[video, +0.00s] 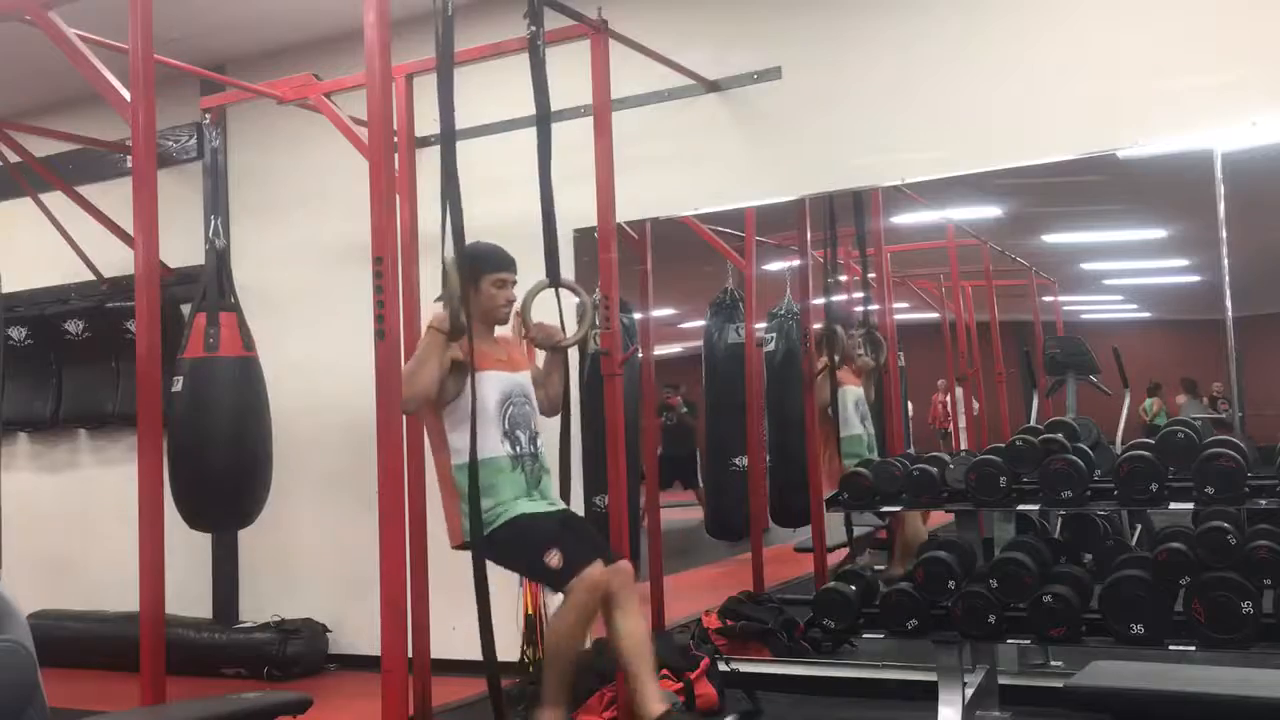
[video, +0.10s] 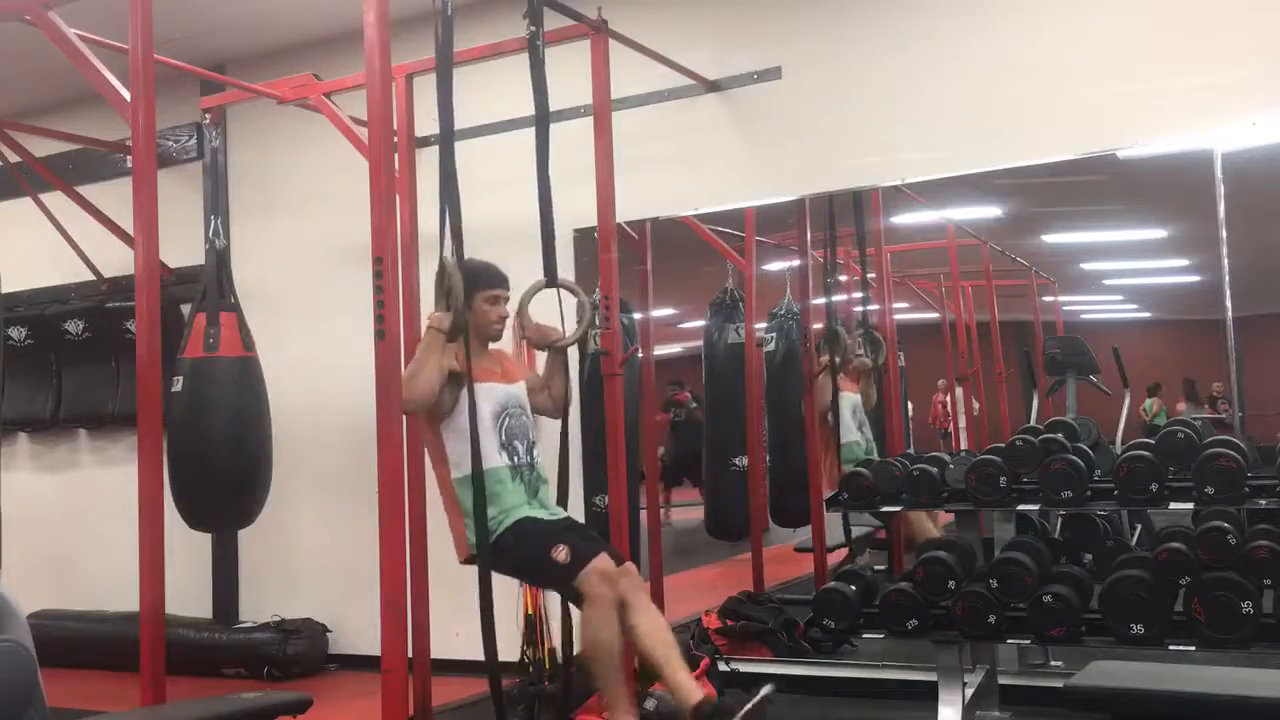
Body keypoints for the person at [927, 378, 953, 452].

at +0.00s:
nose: (941, 387)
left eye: (943, 385)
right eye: (940, 385)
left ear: (946, 386)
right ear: (938, 386)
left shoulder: (948, 396)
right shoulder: (935, 397)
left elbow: (950, 408)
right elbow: (933, 409)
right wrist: (931, 420)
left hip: (947, 421)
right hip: (938, 421)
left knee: (949, 438)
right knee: (941, 439)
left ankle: (950, 451)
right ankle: (943, 452)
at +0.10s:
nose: (941, 388)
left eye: (943, 386)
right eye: (940, 386)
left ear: (946, 386)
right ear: (938, 387)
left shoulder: (948, 396)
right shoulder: (935, 397)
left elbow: (951, 407)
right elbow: (933, 409)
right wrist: (931, 420)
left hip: (948, 421)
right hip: (939, 422)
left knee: (950, 438)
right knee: (941, 439)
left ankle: (952, 452)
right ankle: (943, 452)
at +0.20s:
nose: (942, 388)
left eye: (943, 385)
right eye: (940, 386)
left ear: (946, 386)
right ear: (938, 387)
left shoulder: (948, 396)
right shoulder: (935, 397)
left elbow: (951, 409)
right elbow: (934, 410)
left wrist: (952, 421)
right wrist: (932, 420)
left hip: (948, 421)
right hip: (939, 422)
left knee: (950, 438)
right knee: (941, 439)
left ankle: (951, 451)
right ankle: (943, 451)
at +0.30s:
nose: (942, 387)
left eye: (943, 385)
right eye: (940, 386)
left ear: (946, 386)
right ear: (938, 386)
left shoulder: (948, 396)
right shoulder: (936, 397)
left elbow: (952, 409)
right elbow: (934, 410)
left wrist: (952, 421)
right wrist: (932, 420)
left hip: (948, 421)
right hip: (940, 421)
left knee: (950, 437)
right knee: (942, 438)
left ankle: (952, 450)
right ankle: (943, 450)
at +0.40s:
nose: (942, 387)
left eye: (943, 385)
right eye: (940, 386)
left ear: (946, 386)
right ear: (938, 386)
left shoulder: (948, 396)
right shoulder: (936, 397)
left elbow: (951, 409)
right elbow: (934, 410)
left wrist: (952, 421)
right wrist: (932, 420)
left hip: (948, 421)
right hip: (940, 421)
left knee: (950, 437)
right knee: (942, 438)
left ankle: (952, 450)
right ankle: (943, 450)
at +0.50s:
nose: (942, 387)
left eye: (943, 385)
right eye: (940, 386)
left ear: (946, 386)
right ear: (938, 386)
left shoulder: (949, 396)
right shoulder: (936, 397)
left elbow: (952, 409)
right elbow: (934, 410)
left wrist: (952, 421)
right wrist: (932, 420)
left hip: (949, 421)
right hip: (940, 422)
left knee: (951, 437)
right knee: (942, 438)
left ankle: (953, 450)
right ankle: (943, 451)